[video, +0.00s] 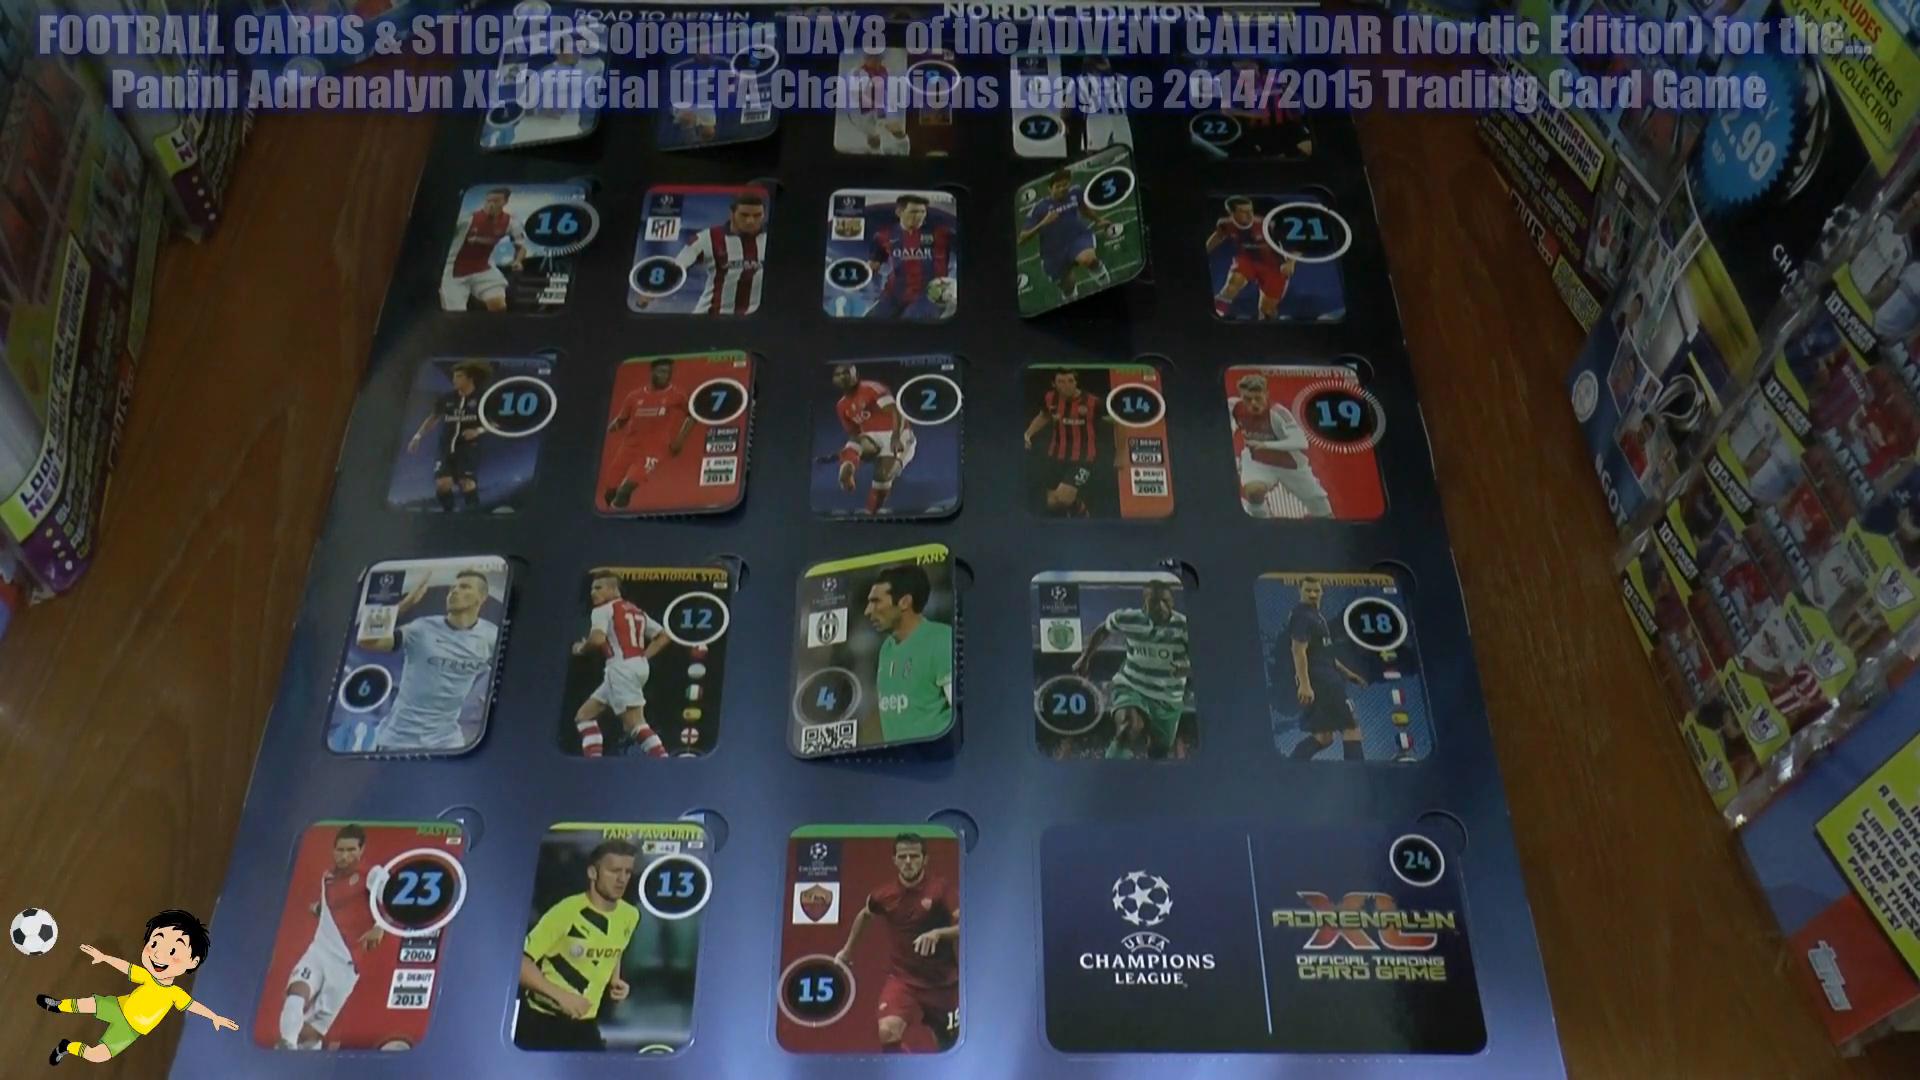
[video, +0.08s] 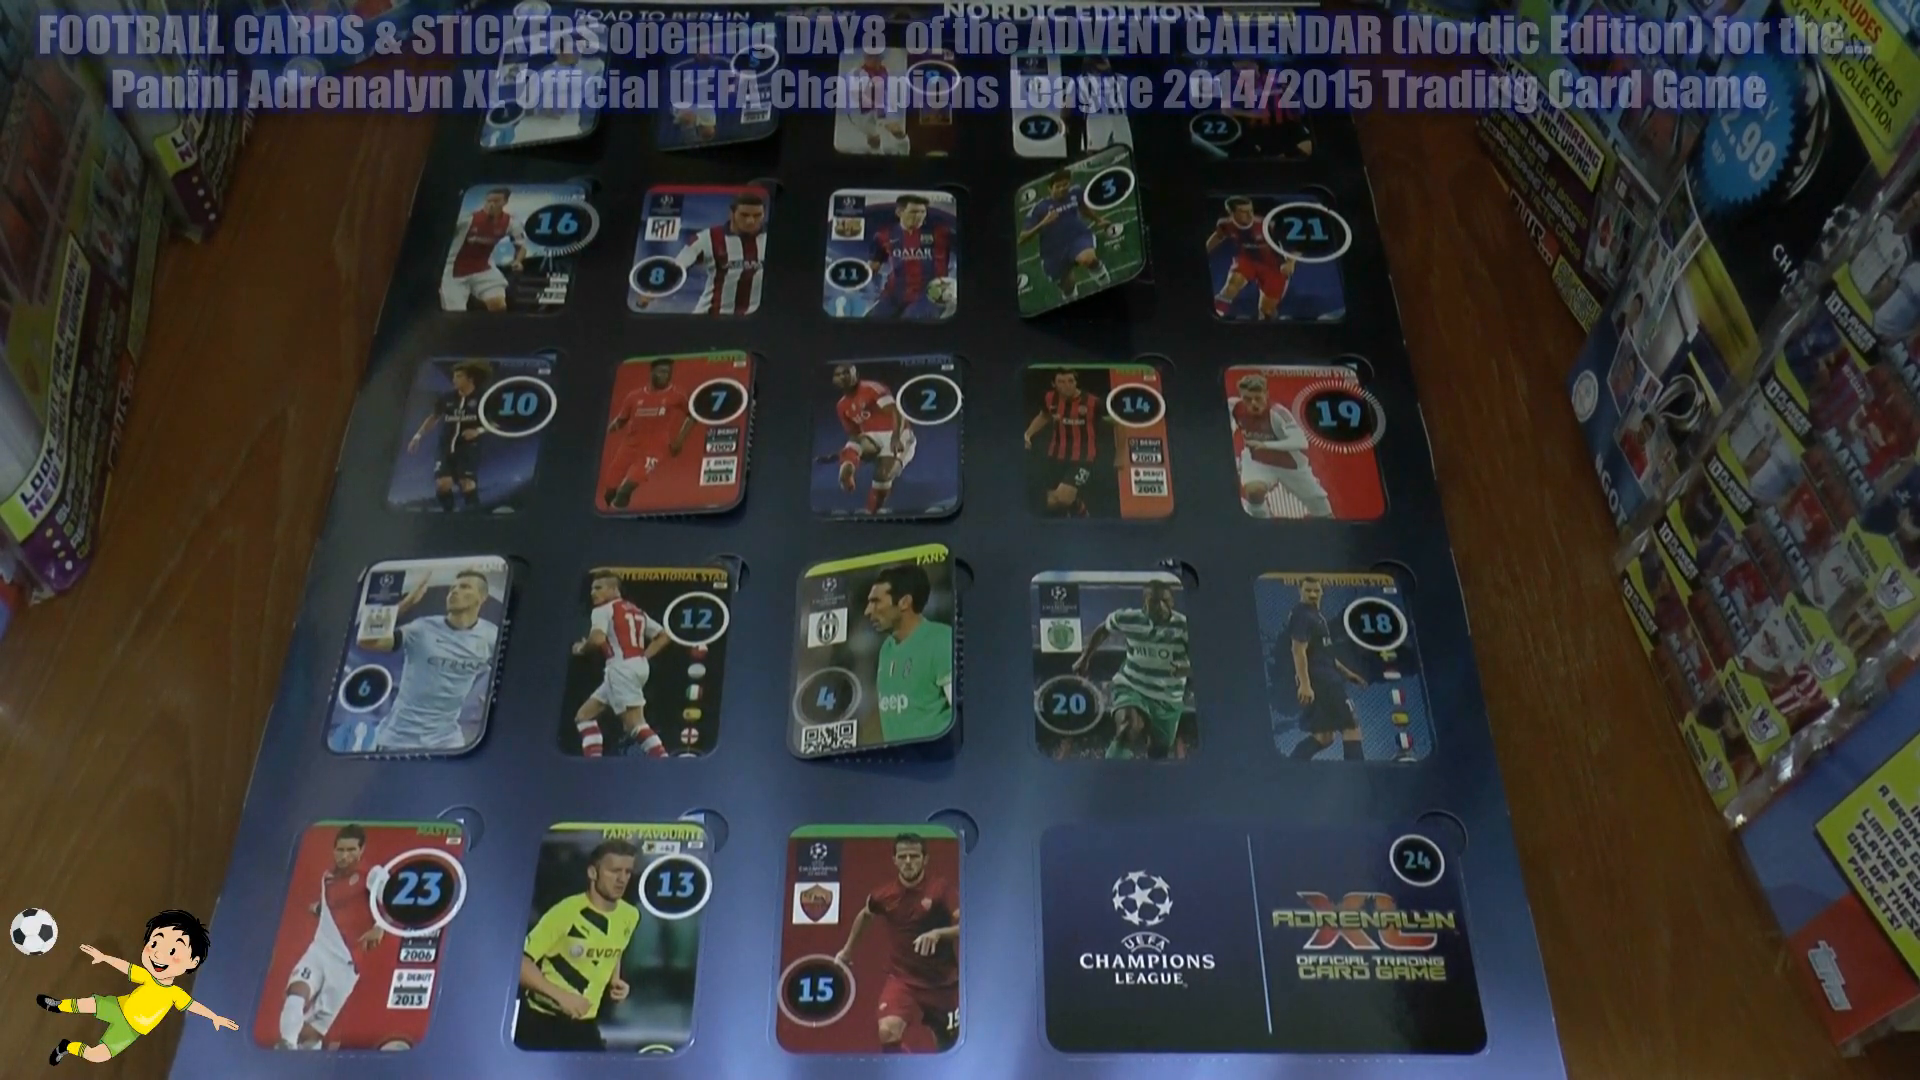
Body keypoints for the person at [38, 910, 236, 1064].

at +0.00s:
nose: (159, 956)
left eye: (172, 952)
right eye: (155, 944)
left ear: (189, 965)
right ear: (145, 946)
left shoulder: (176, 995)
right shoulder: (143, 976)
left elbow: (195, 1007)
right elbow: (123, 966)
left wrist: (215, 1017)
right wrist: (103, 958)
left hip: (131, 1030)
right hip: (118, 1008)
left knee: (99, 1055)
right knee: (88, 1003)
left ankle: (66, 1047)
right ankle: (58, 1006)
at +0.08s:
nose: (159, 955)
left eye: (172, 952)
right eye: (155, 943)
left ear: (189, 965)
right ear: (146, 945)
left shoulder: (176, 995)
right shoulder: (144, 976)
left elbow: (194, 1007)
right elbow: (124, 966)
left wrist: (214, 1017)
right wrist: (103, 957)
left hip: (131, 1030)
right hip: (119, 1008)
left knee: (98, 1055)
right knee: (88, 1003)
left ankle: (66, 1047)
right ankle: (57, 1006)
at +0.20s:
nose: (159, 955)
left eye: (172, 952)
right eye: (155, 944)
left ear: (189, 965)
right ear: (146, 945)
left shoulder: (176, 995)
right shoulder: (144, 976)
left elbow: (194, 1007)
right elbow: (124, 966)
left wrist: (214, 1017)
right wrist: (103, 957)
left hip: (131, 1030)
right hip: (119, 1008)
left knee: (99, 1055)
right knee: (88, 1003)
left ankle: (66, 1047)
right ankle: (57, 1006)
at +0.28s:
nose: (159, 955)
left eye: (172, 952)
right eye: (155, 944)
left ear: (189, 965)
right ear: (146, 946)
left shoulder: (176, 995)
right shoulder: (144, 976)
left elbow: (194, 1007)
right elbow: (124, 966)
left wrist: (214, 1017)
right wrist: (103, 958)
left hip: (131, 1030)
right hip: (119, 1008)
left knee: (99, 1055)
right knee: (88, 1003)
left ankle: (66, 1047)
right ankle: (57, 1006)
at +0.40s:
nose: (159, 955)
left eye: (172, 952)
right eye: (155, 944)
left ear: (189, 965)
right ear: (146, 946)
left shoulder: (176, 995)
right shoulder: (143, 976)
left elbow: (195, 1007)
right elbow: (123, 966)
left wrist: (215, 1017)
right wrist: (103, 958)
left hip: (131, 1030)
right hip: (118, 1008)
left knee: (98, 1055)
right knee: (89, 1003)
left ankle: (66, 1047)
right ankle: (58, 1006)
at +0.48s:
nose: (159, 955)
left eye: (172, 952)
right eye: (155, 943)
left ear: (189, 965)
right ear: (146, 946)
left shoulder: (176, 995)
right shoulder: (143, 976)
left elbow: (194, 1007)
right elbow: (124, 966)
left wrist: (214, 1017)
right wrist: (103, 958)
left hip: (131, 1030)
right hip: (119, 1008)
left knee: (99, 1055)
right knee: (88, 1003)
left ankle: (66, 1047)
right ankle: (57, 1006)